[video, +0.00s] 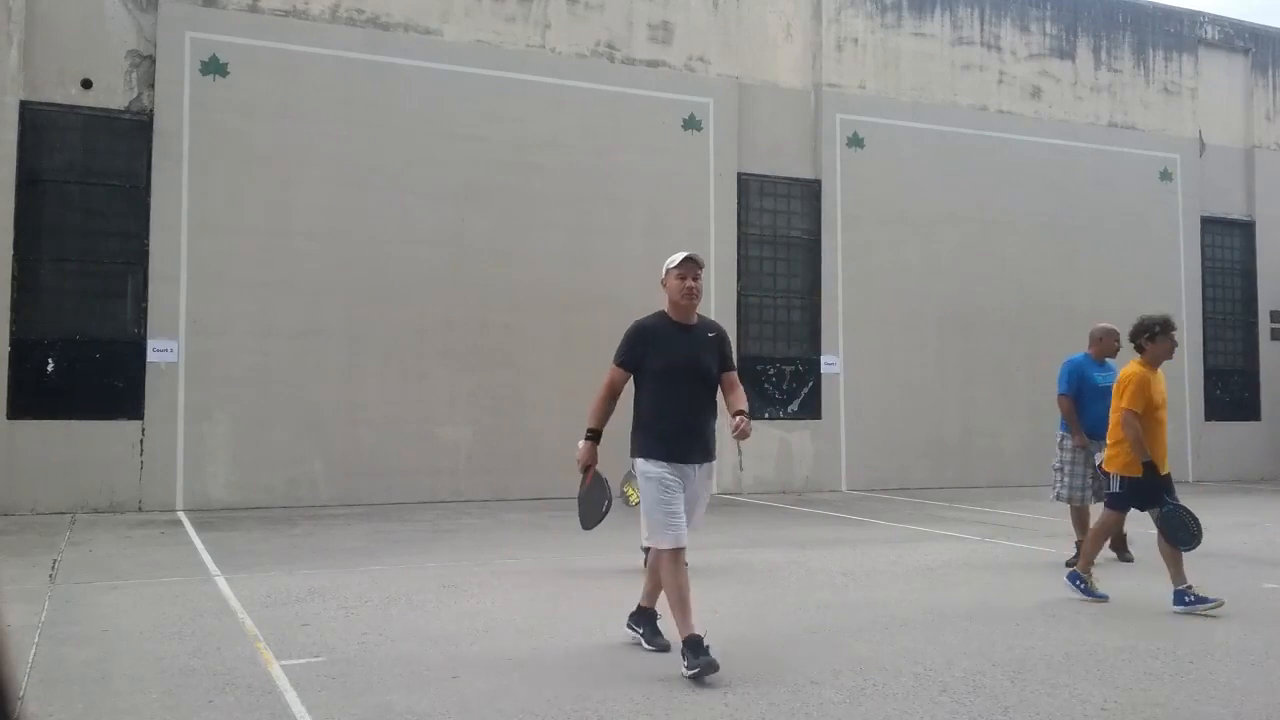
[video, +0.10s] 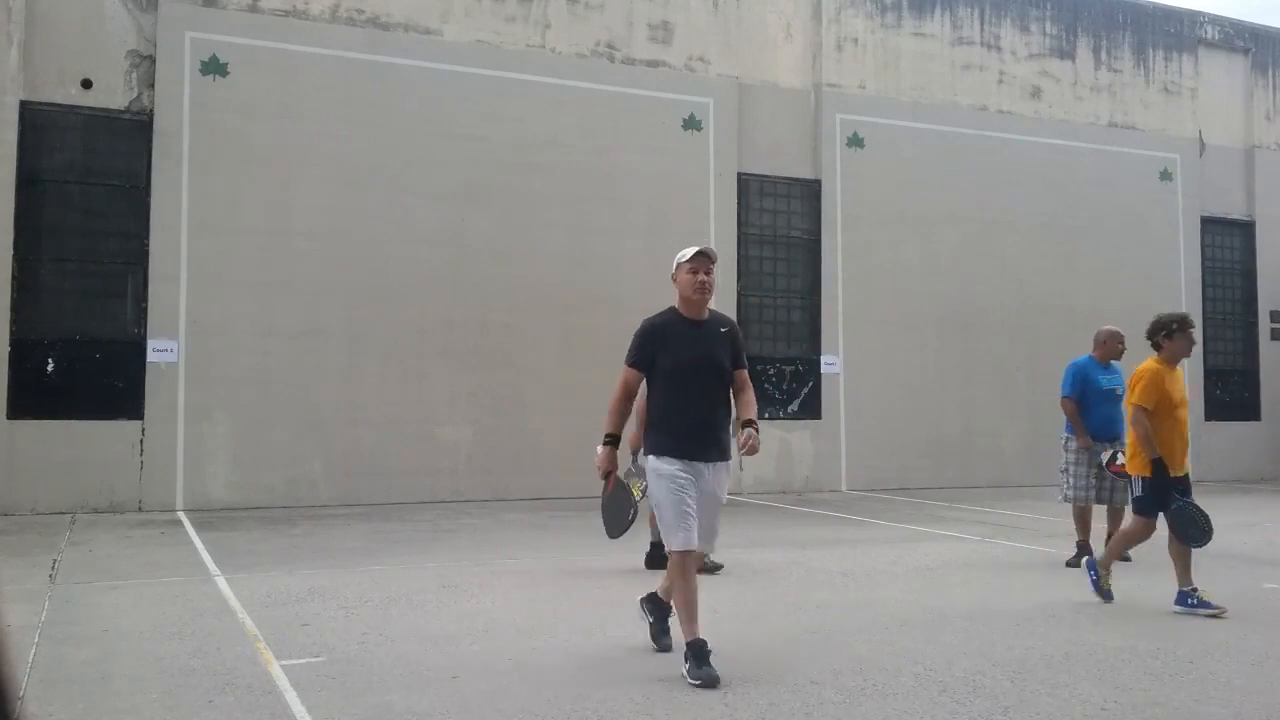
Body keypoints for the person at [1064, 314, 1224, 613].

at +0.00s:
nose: (1175, 344)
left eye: (1174, 339)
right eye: (1170, 340)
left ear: (1154, 343)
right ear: (1149, 342)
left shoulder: (1154, 374)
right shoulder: (1135, 375)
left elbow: (1143, 420)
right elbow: (1128, 420)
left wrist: (1113, 458)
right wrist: (1146, 460)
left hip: (1152, 465)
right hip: (1128, 466)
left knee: (1169, 526)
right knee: (1110, 520)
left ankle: (1182, 590)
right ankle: (1080, 573)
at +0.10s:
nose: (1194, 342)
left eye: (1192, 336)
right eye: (1188, 337)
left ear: (1171, 341)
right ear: (1166, 340)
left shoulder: (1174, 371)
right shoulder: (1150, 372)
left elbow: (1170, 419)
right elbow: (1137, 416)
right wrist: (1155, 458)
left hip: (1175, 465)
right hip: (1149, 466)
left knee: (1181, 528)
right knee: (1142, 527)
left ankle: (1186, 591)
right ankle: (1100, 565)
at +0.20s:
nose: (1211, 336)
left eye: (1210, 331)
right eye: (1205, 331)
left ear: (1189, 337)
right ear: (1184, 335)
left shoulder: (1194, 369)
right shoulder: (1163, 369)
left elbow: (1187, 416)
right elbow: (1146, 414)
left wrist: (1195, 459)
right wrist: (1162, 457)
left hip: (1190, 464)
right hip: (1167, 463)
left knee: (1187, 529)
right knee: (1177, 526)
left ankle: (1186, 592)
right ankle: (1134, 564)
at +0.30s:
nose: (1226, 340)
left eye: (1226, 334)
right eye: (1222, 334)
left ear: (1208, 335)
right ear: (1200, 335)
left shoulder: (1212, 368)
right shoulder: (1177, 369)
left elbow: (1208, 419)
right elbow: (1155, 414)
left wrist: (1225, 454)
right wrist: (1173, 457)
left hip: (1205, 463)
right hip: (1184, 463)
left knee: (1194, 525)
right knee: (1194, 526)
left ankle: (1180, 583)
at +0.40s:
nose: (1242, 340)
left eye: (1242, 334)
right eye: (1237, 334)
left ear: (1222, 336)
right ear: (1217, 335)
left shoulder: (1228, 369)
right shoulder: (1193, 370)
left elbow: (1225, 417)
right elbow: (1171, 418)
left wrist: (1251, 447)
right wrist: (1194, 458)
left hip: (1219, 464)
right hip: (1197, 464)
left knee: (1205, 528)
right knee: (1211, 529)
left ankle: (1188, 592)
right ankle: (1219, 601)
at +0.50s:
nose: (1263, 345)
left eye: (1262, 338)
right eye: (1258, 338)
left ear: (1241, 340)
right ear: (1238, 339)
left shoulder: (1242, 372)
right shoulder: (1212, 374)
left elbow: (1237, 420)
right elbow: (1197, 424)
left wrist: (1263, 447)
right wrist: (1227, 466)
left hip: (1230, 466)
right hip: (1208, 468)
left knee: (1240, 532)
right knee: (1226, 533)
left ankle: (1197, 583)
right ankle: (1222, 605)